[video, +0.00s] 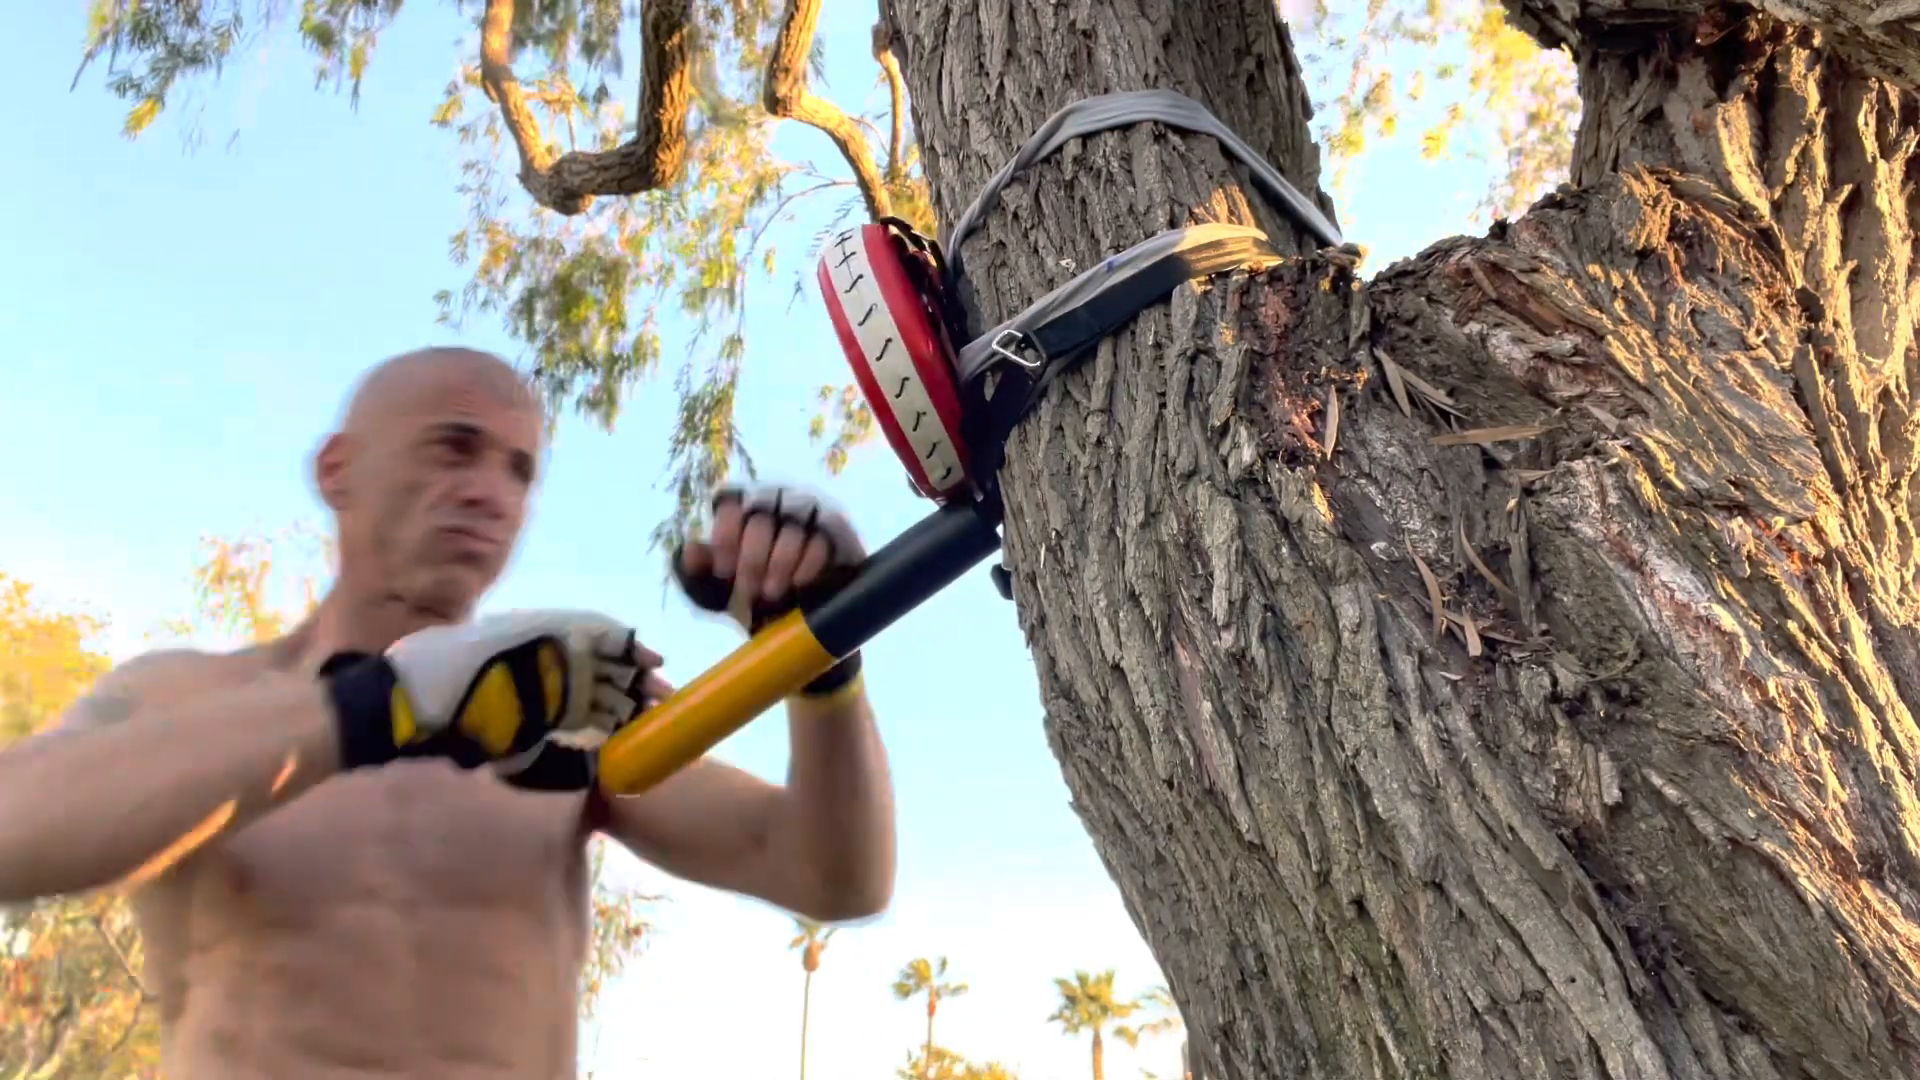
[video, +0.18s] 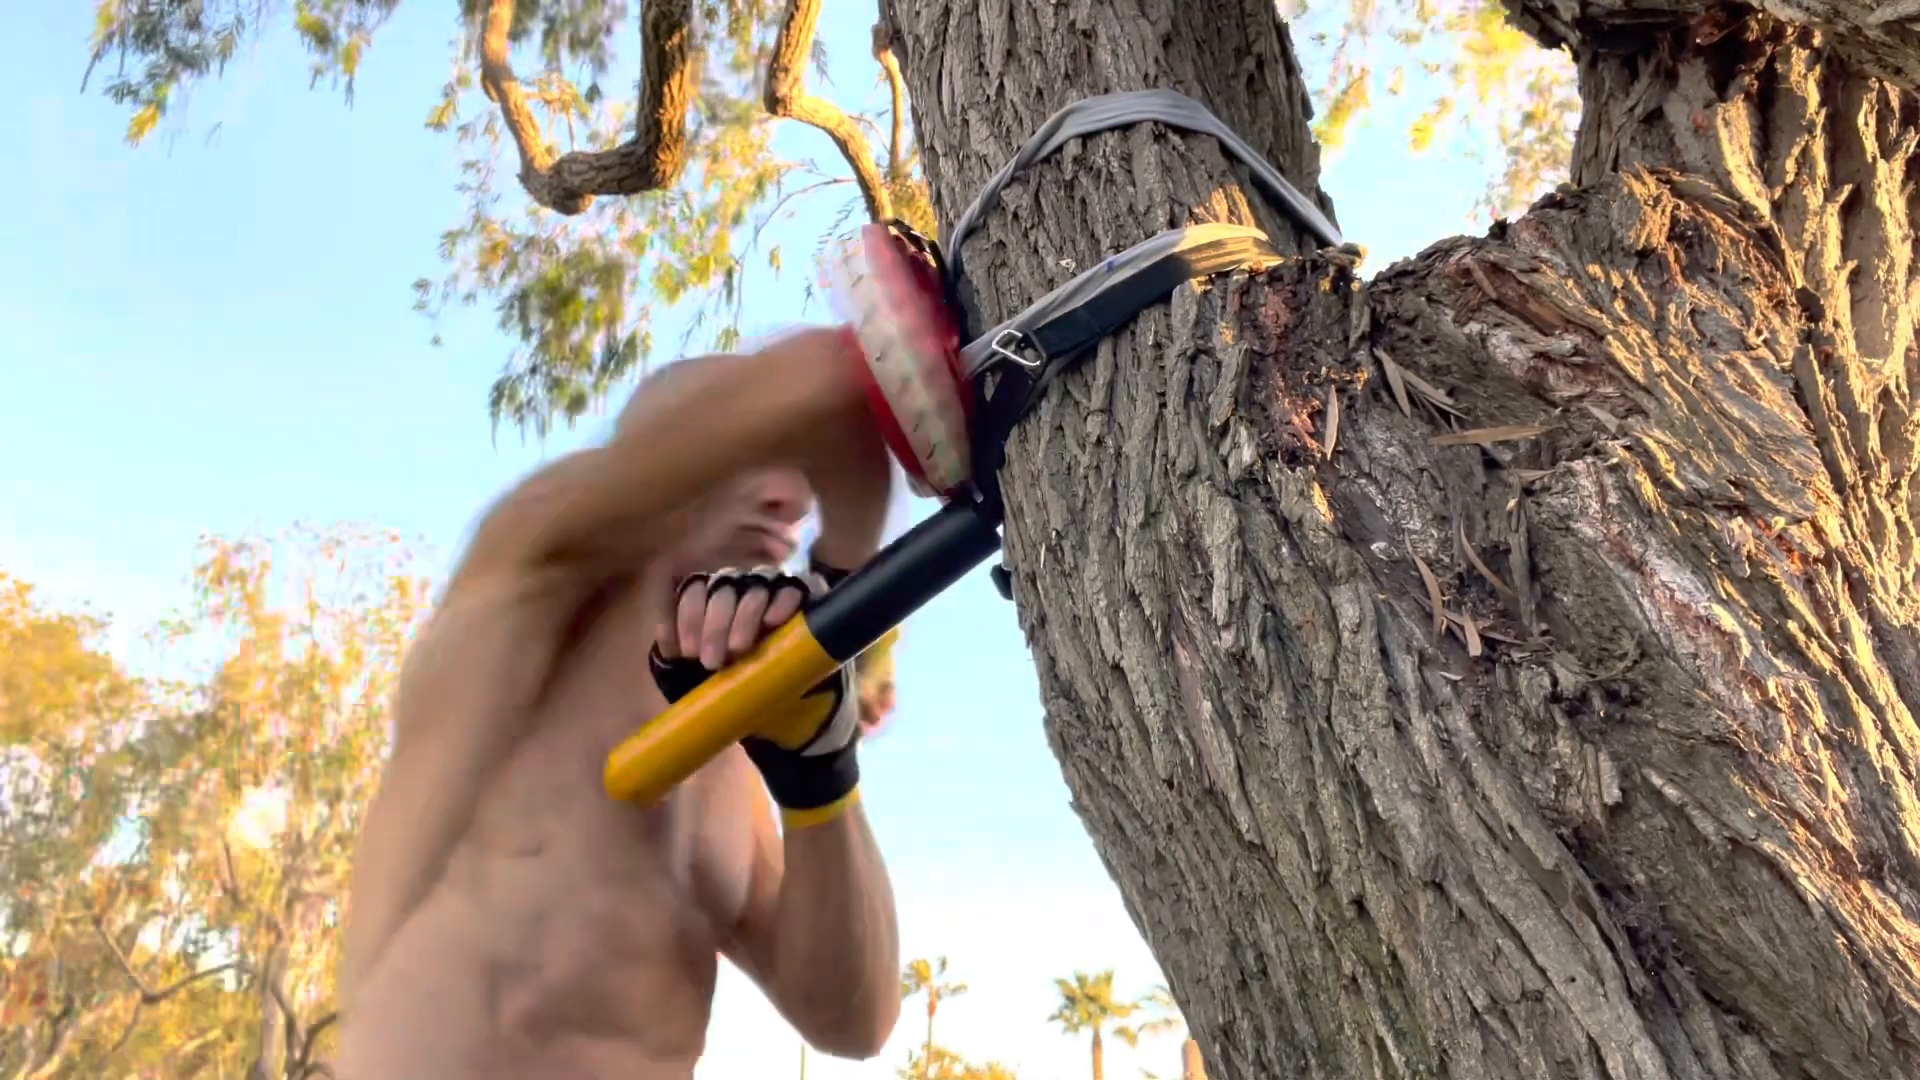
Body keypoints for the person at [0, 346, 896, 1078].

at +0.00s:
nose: (493, 492)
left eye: (519, 472)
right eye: (453, 448)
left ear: (533, 512)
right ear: (337, 470)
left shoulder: (560, 719)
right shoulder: (183, 692)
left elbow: (838, 876)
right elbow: (17, 850)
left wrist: (814, 647)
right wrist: (376, 708)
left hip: (517, 1060)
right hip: (254, 1055)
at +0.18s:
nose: (786, 491)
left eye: (800, 466)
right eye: (747, 449)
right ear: (648, 461)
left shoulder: (733, 778)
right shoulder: (526, 571)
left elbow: (850, 1020)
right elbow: (831, 379)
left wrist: (816, 770)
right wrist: (846, 576)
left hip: (654, 1061)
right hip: (434, 1055)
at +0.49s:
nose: (716, 501)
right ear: (606, 455)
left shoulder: (724, 751)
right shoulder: (471, 594)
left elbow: (876, 983)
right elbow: (722, 428)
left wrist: (835, 714)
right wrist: (862, 534)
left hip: (631, 1058)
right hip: (401, 1050)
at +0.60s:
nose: (588, 467)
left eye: (624, 445)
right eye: (550, 426)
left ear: (672, 496)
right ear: (479, 464)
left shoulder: (639, 743)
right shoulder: (351, 609)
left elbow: (767, 1035)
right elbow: (548, 498)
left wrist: (745, 785)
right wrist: (794, 427)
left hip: (555, 1059)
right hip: (322, 1052)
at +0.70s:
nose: (486, 457)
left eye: (529, 440)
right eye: (454, 425)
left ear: (573, 489)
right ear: (393, 479)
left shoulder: (560, 766)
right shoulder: (254, 600)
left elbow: (735, 1026)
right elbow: (399, 644)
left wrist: (624, 795)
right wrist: (705, 428)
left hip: (495, 1060)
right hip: (259, 1052)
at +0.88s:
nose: (333, 450)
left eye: (383, 431)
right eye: (301, 415)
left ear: (443, 507)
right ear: (245, 470)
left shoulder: (487, 692)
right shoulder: (98, 657)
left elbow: (776, 724)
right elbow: (58, 952)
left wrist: (866, 500)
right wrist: (445, 799)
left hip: (415, 1062)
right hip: (155, 1061)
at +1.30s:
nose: (288, 417)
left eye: (336, 401)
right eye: (254, 384)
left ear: (390, 487)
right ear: (187, 447)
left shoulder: (470, 658)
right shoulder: (65, 682)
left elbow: (784, 762)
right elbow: (19, 891)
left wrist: (808, 533)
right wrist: (348, 749)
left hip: (431, 1061)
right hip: (157, 1065)